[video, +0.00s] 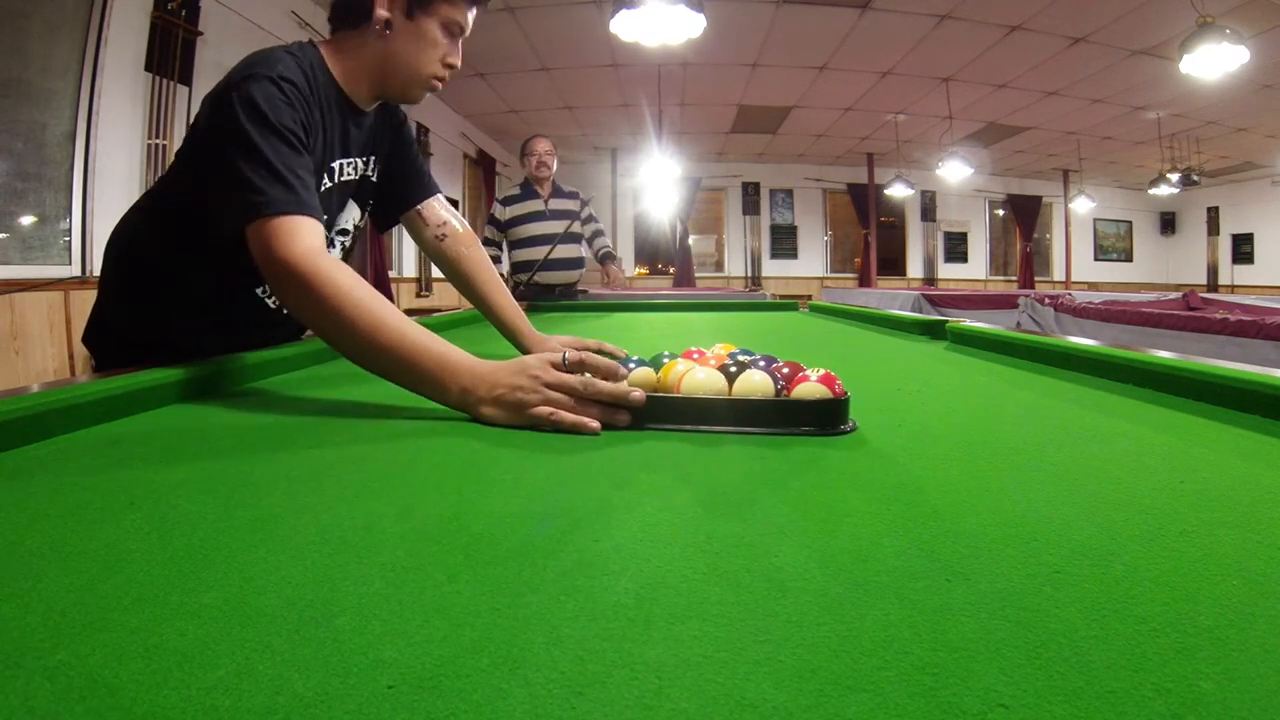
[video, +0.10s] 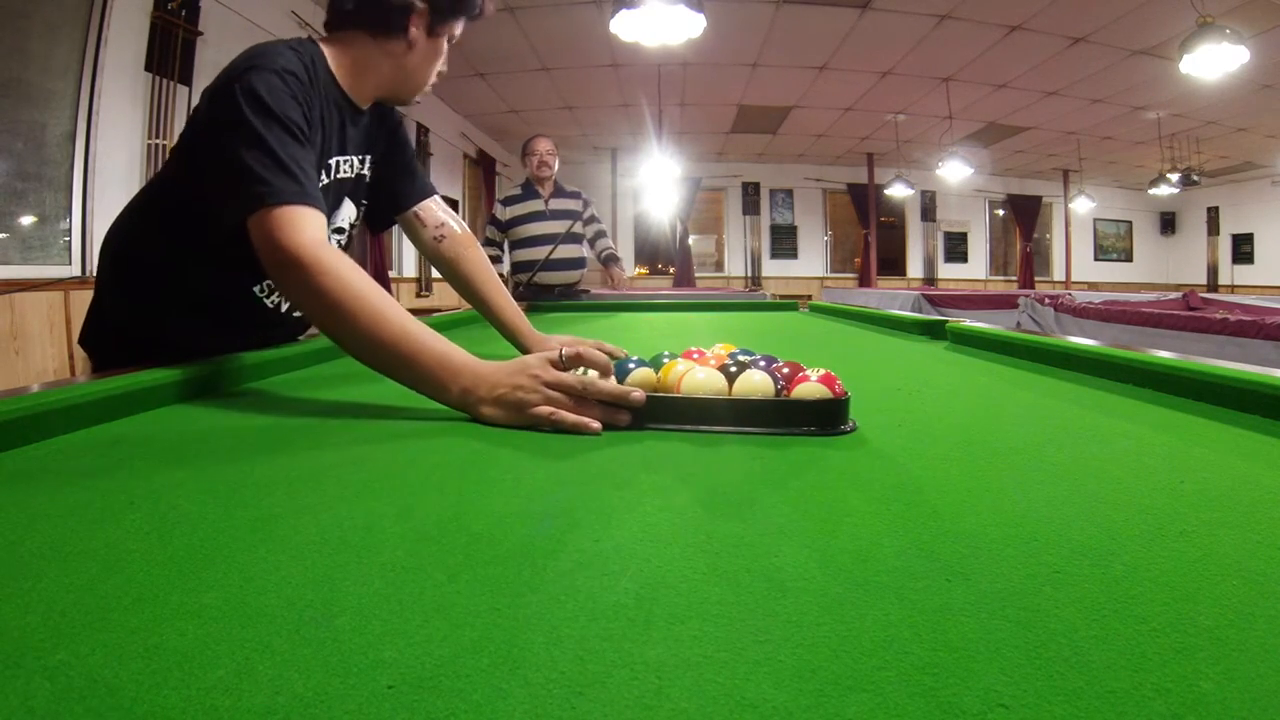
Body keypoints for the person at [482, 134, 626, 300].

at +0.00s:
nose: (542, 158)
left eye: (548, 153)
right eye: (534, 154)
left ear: (556, 160)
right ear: (524, 163)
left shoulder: (575, 199)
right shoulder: (506, 203)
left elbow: (595, 234)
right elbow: (491, 248)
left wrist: (609, 263)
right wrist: (496, 284)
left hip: (569, 296)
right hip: (527, 298)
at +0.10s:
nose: (543, 158)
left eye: (549, 153)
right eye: (535, 154)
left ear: (558, 160)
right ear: (525, 163)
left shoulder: (577, 199)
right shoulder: (508, 203)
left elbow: (597, 235)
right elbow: (492, 247)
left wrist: (612, 265)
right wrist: (498, 285)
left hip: (572, 296)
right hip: (528, 298)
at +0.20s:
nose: (545, 156)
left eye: (552, 151)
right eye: (537, 153)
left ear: (561, 160)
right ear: (529, 162)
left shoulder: (581, 199)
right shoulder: (511, 202)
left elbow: (600, 237)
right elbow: (494, 246)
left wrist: (617, 269)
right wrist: (502, 287)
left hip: (575, 296)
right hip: (530, 299)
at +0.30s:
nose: (551, 156)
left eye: (558, 151)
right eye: (543, 152)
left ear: (567, 161)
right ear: (534, 161)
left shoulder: (586, 200)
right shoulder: (515, 202)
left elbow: (604, 238)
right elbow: (499, 245)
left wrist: (621, 271)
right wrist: (504, 286)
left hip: (578, 298)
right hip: (533, 300)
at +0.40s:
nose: (557, 155)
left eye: (564, 151)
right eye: (550, 152)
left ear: (574, 160)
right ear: (541, 161)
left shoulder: (592, 201)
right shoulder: (521, 201)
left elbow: (610, 241)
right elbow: (505, 244)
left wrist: (627, 275)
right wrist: (509, 285)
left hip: (583, 298)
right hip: (538, 299)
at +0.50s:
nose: (565, 155)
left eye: (572, 151)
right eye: (558, 151)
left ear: (582, 162)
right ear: (549, 162)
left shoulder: (601, 202)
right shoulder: (529, 201)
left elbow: (616, 242)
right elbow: (514, 244)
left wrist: (632, 279)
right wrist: (516, 284)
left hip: (589, 297)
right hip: (544, 298)